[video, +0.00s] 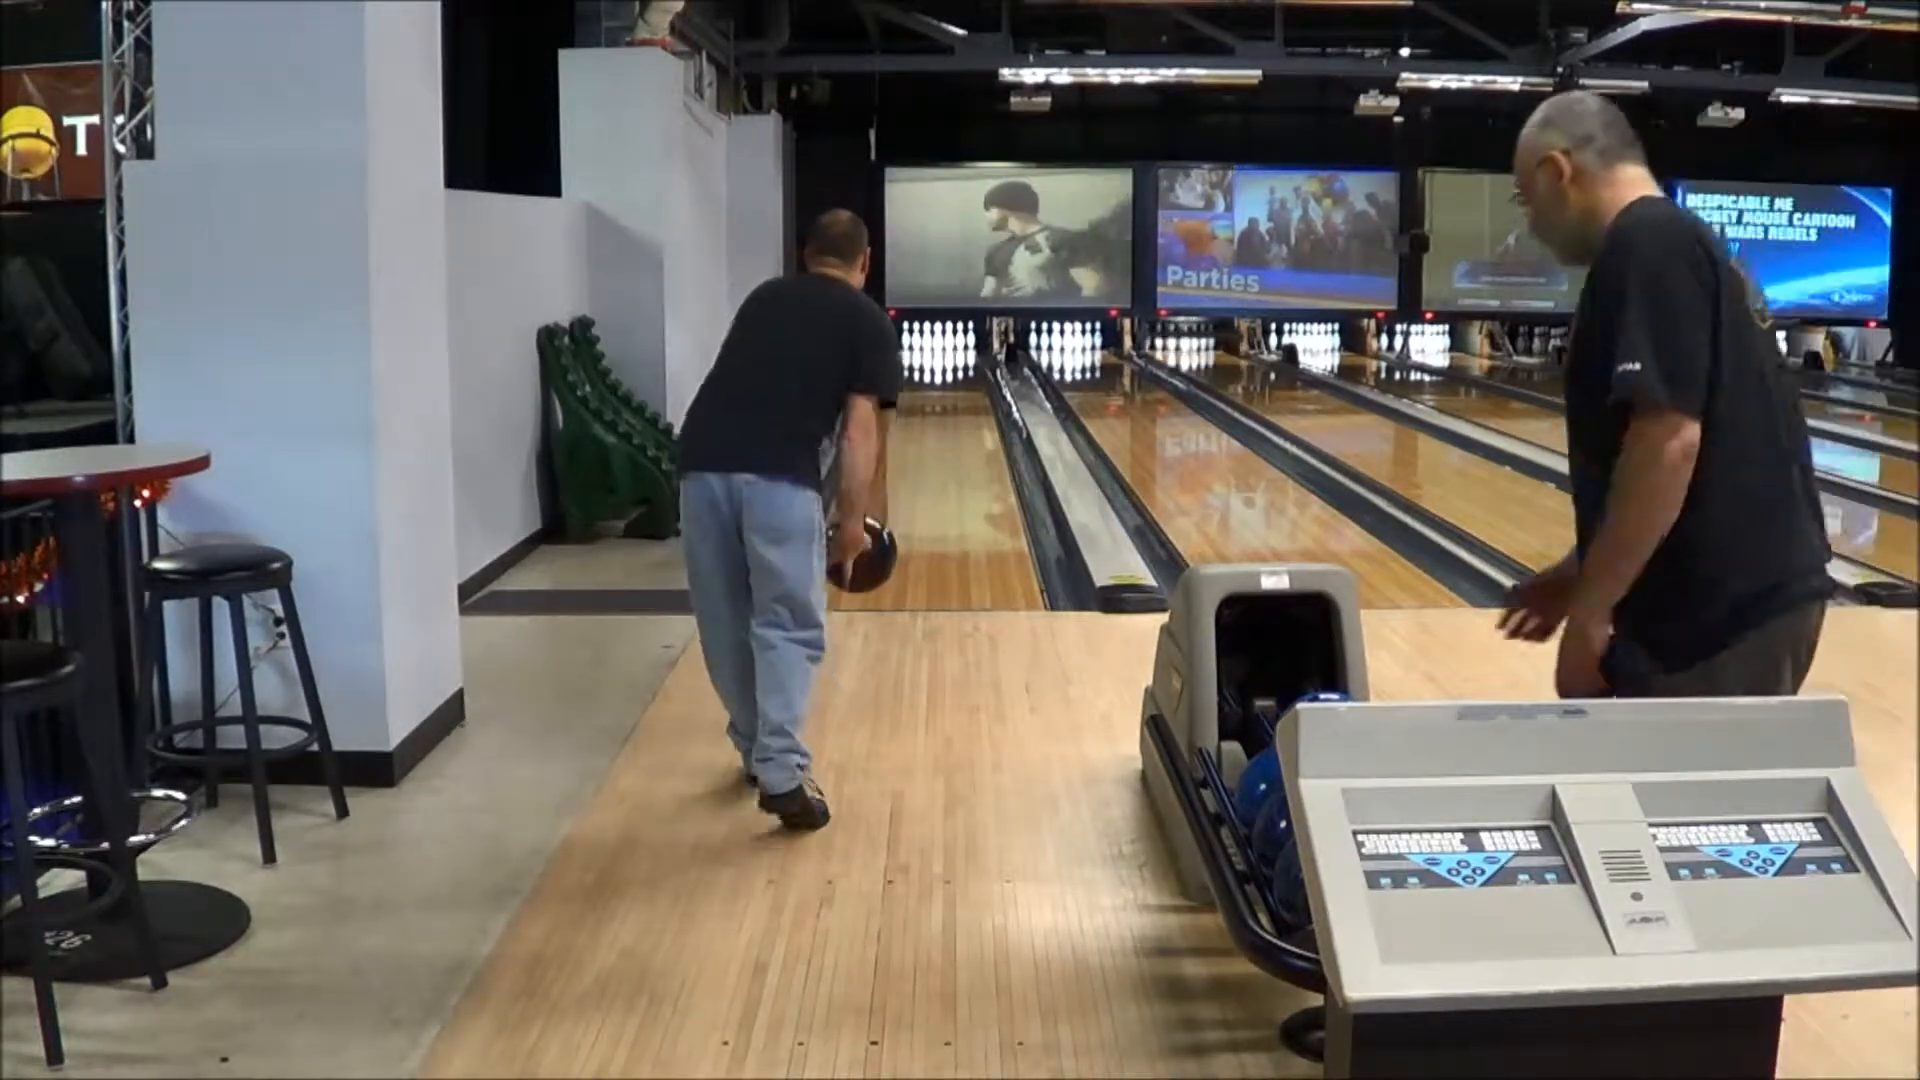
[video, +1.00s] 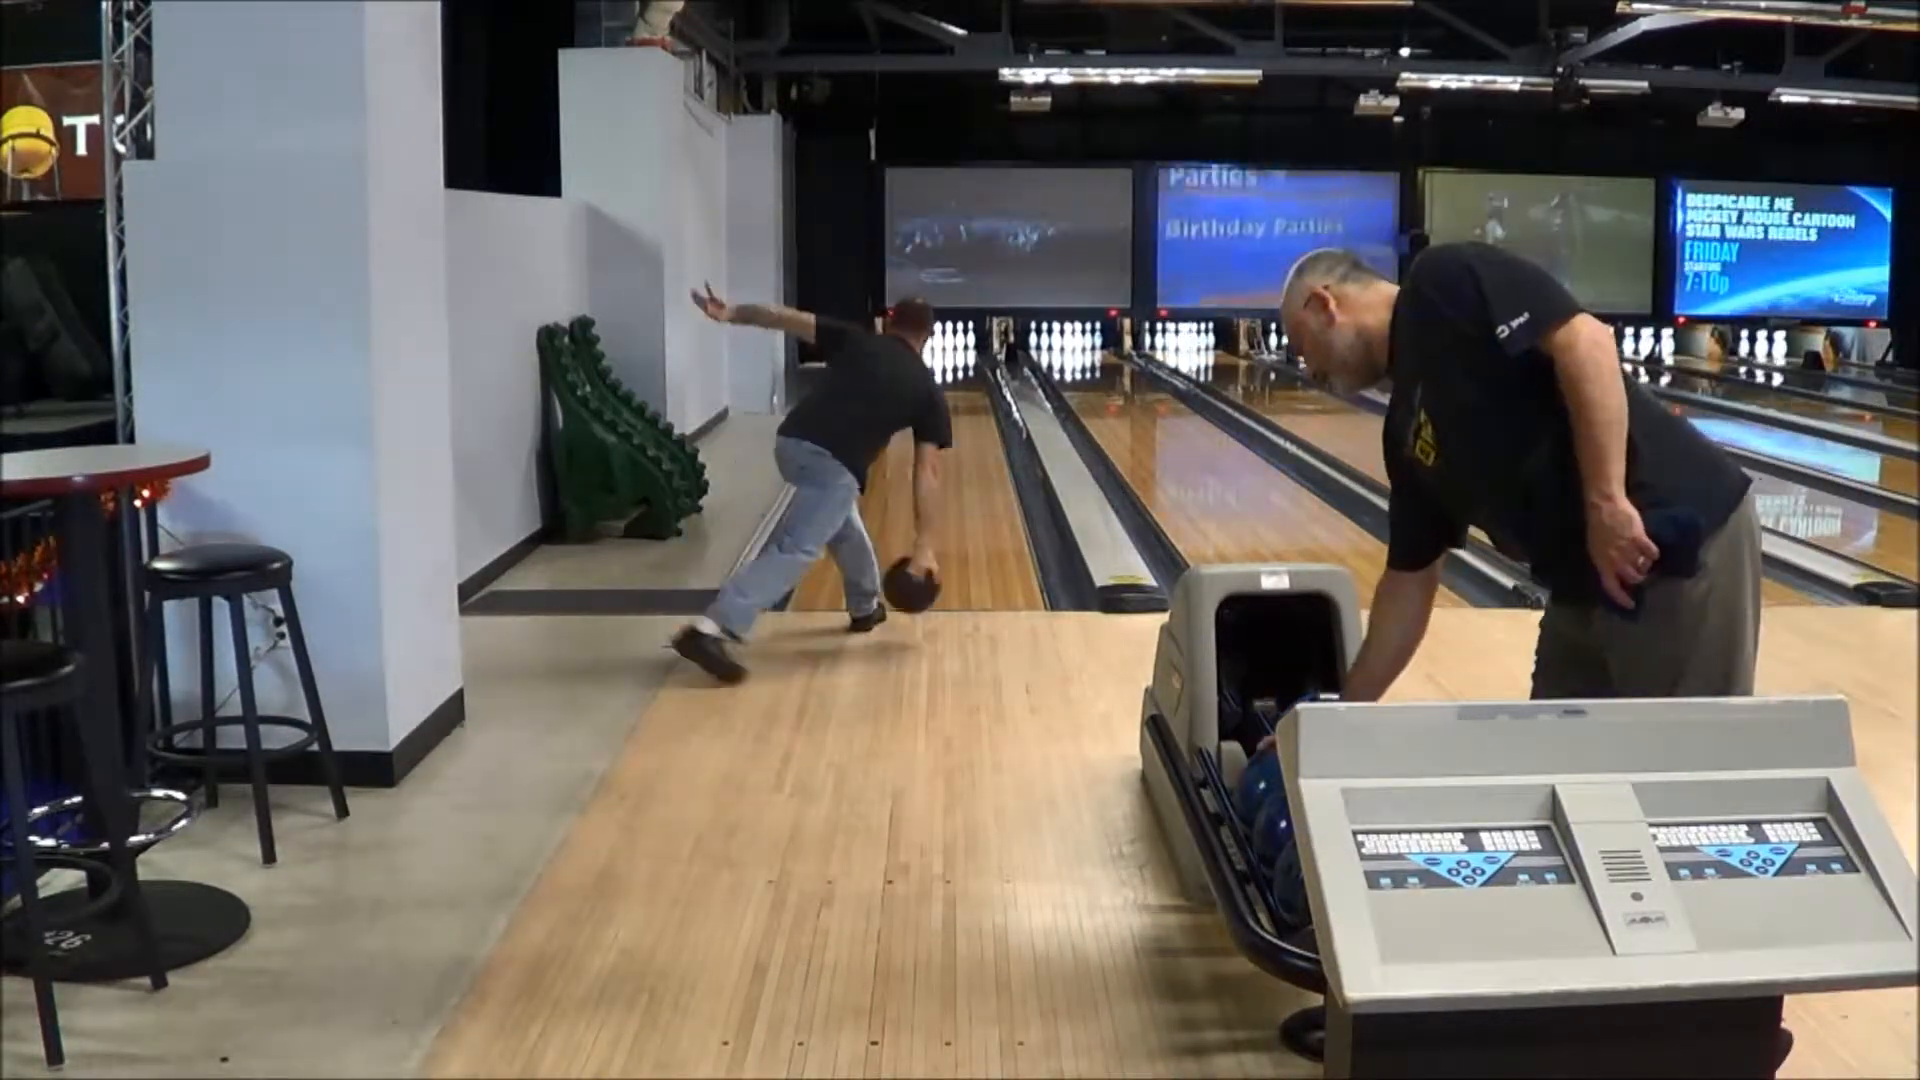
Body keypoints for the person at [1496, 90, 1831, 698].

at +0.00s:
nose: (1529, 222)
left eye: (1525, 197)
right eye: (1521, 202)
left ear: (1559, 172)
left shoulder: (1649, 242)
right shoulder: (1677, 240)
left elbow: (1666, 439)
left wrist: (1591, 611)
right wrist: (1576, 576)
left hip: (1714, 621)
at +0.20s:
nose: (1445, 272)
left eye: (1439, 246)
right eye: (1436, 252)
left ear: (1469, 217)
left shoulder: (1583, 247)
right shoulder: (1540, 318)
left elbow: (1661, 384)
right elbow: (1547, 504)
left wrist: (1653, 562)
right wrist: (1444, 620)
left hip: (1716, 592)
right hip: (1636, 603)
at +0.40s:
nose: (1366, 345)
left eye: (1359, 318)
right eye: (1357, 328)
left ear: (1388, 284)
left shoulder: (1501, 266)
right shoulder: (1466, 417)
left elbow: (1625, 346)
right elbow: (1438, 570)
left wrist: (1663, 507)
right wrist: (1344, 701)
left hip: (1697, 570)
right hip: (1612, 595)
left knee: (1681, 809)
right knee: (1579, 798)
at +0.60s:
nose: (1326, 381)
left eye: (1318, 357)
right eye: (1317, 370)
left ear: (1339, 316)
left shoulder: (1460, 285)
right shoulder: (1426, 451)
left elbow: (1597, 339)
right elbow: (1415, 585)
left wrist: (1646, 491)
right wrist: (1329, 707)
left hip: (1690, 541)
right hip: (1601, 583)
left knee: (1675, 783)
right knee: (1563, 779)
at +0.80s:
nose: (1311, 379)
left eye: (1304, 356)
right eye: (1302, 367)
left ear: (1328, 313)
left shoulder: (1446, 284)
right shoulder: (1416, 442)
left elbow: (1583, 344)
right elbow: (1409, 586)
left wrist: (1626, 497)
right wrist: (1338, 708)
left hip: (1680, 540)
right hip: (1590, 579)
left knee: (1680, 782)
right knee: (1562, 779)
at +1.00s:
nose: (1306, 369)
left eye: (1300, 345)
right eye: (1297, 354)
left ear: (1326, 305)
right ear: (1334, 307)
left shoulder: (1444, 279)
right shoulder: (1409, 434)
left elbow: (1585, 341)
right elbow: (1408, 582)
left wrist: (1606, 500)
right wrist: (1348, 709)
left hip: (1683, 539)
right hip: (1584, 577)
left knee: (1677, 777)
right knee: (1558, 774)